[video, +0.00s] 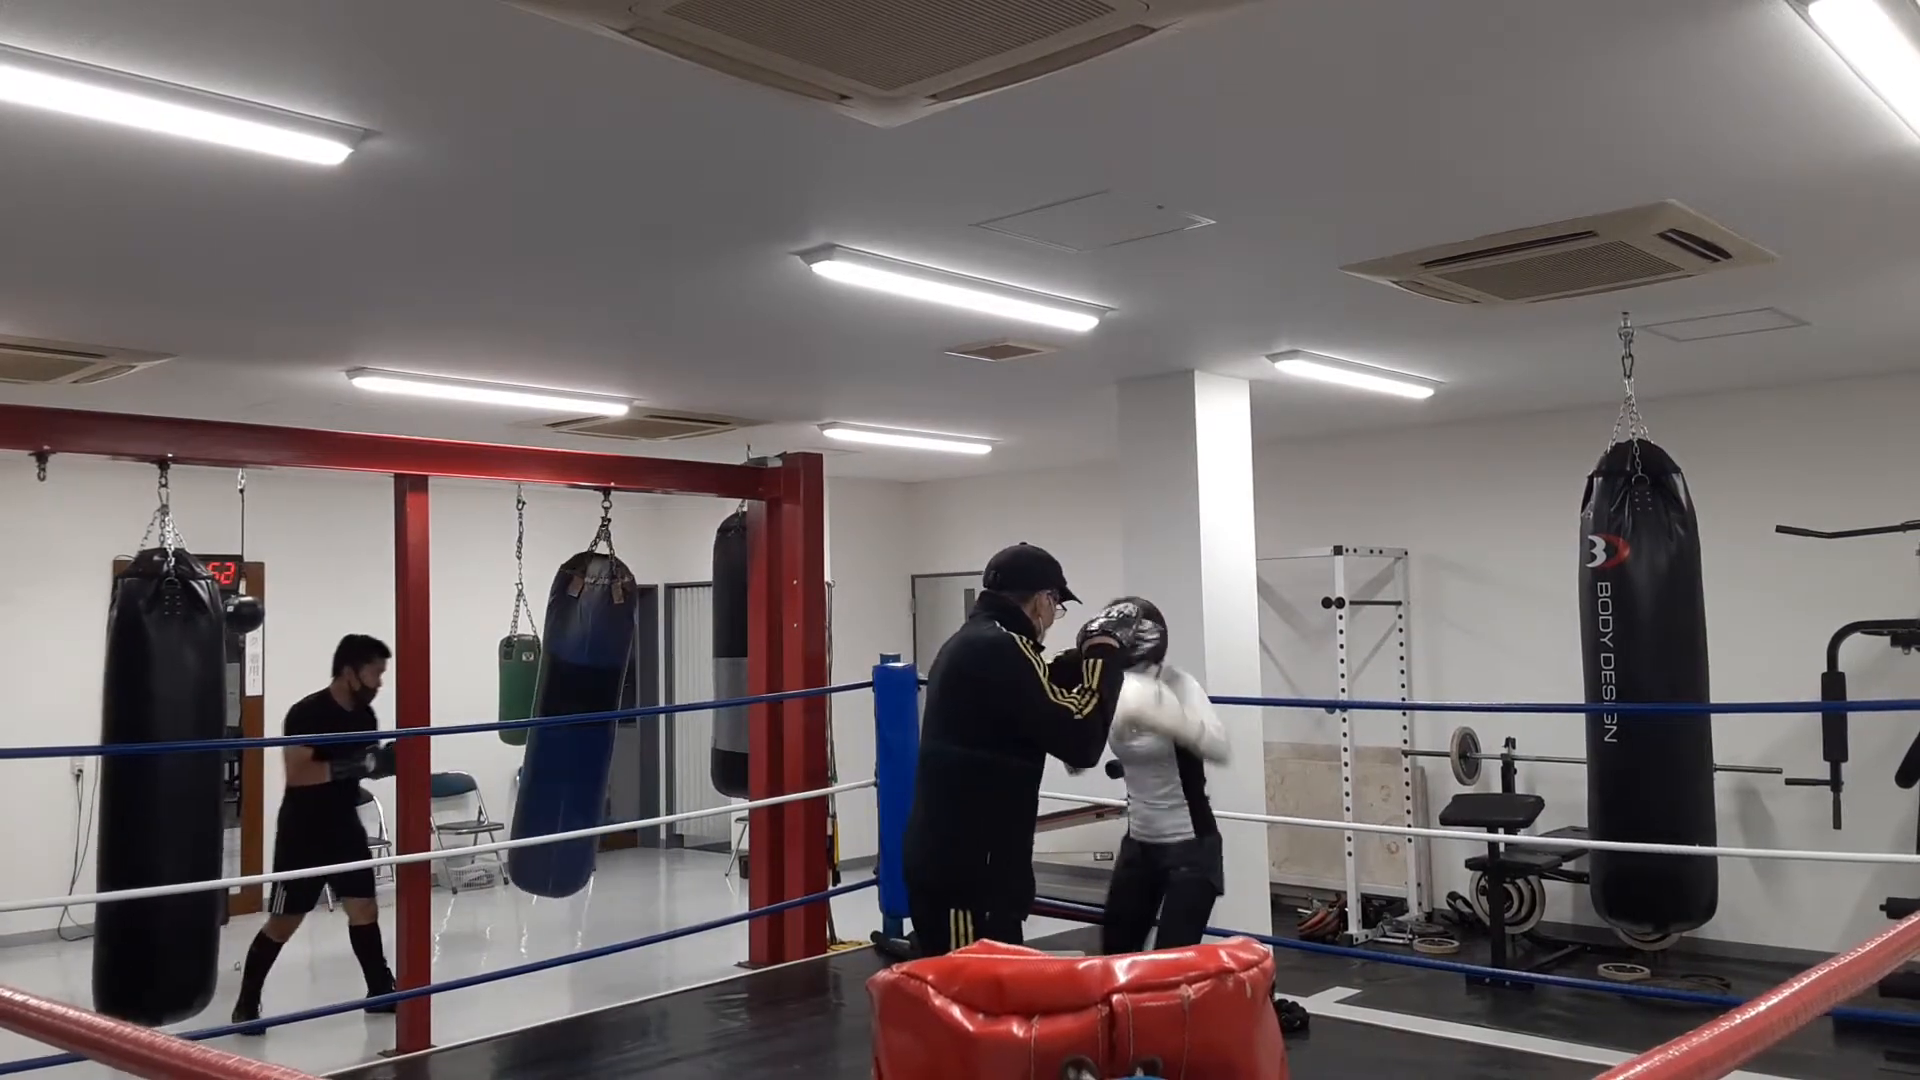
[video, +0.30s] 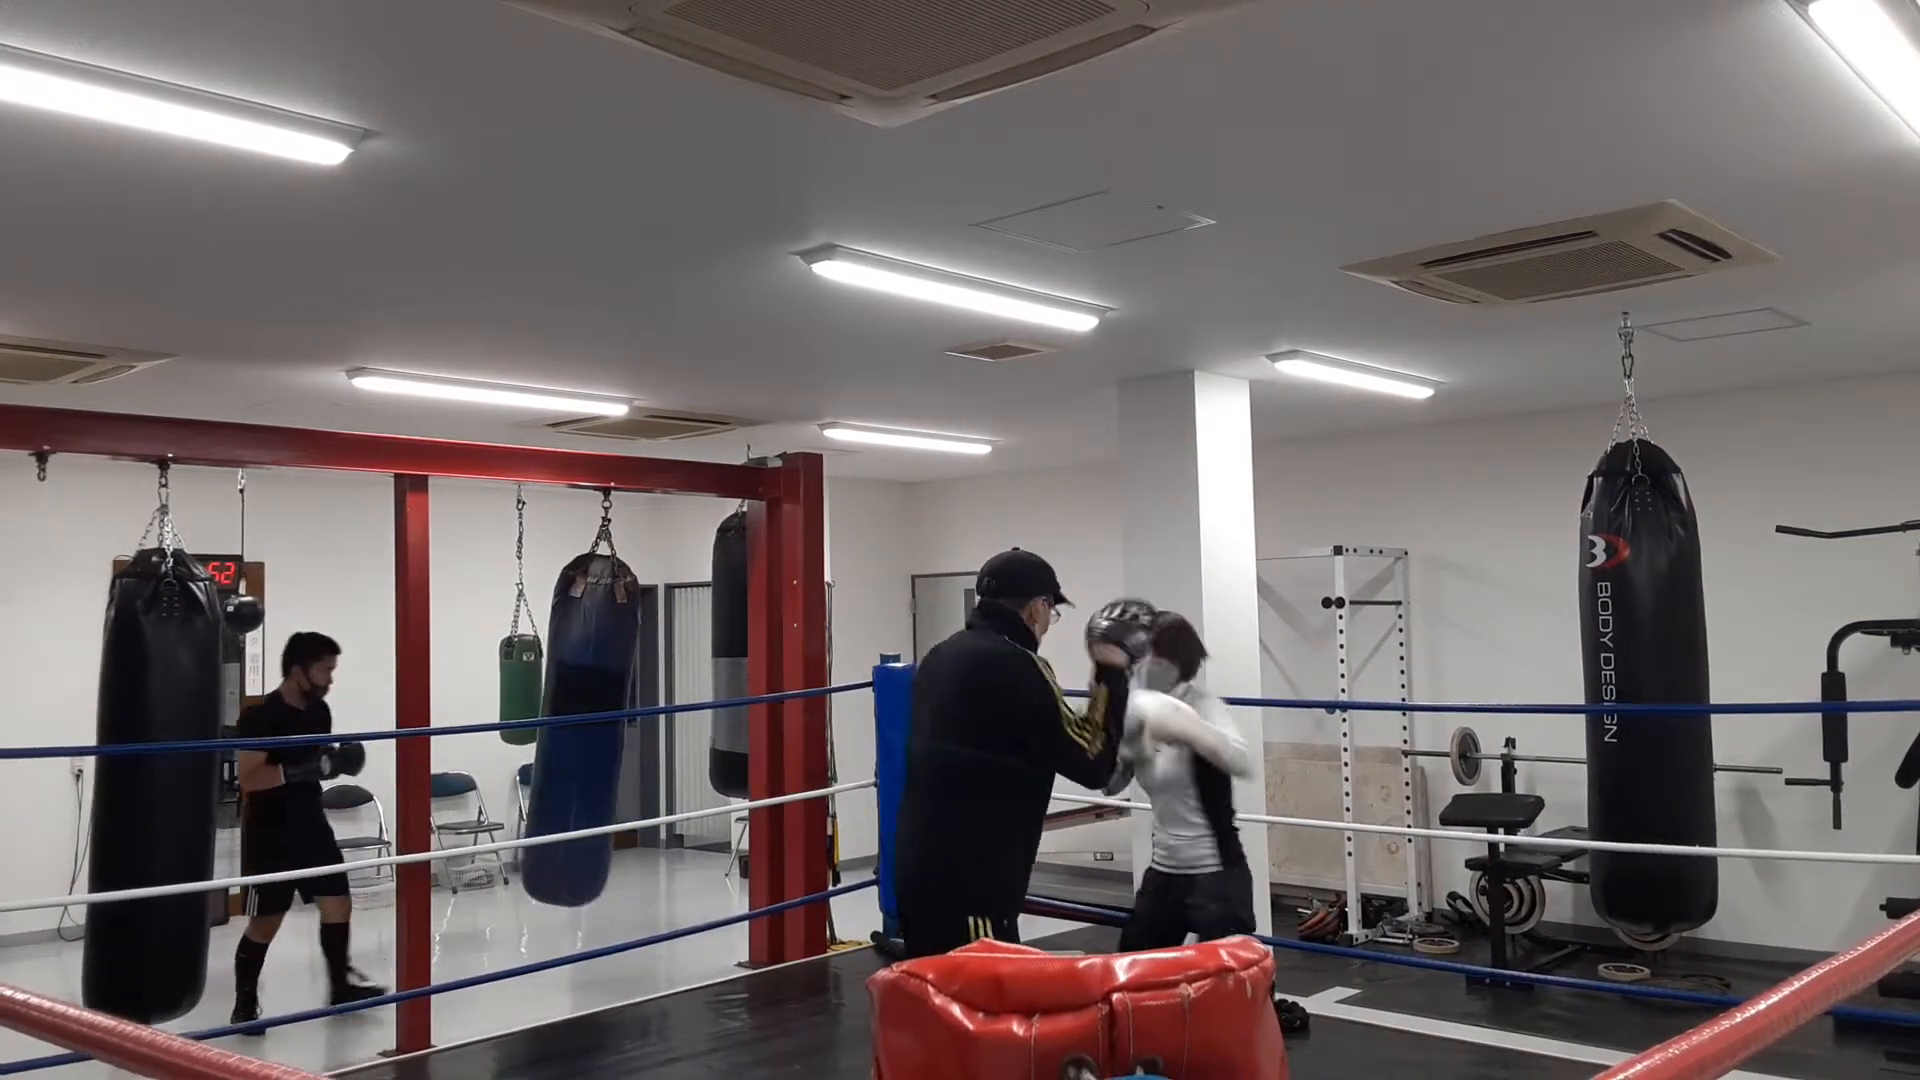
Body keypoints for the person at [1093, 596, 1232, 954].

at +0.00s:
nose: (1118, 642)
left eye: (1126, 631)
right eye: (1112, 634)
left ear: (1147, 638)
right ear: (1107, 641)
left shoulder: (1179, 684)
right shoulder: (1108, 688)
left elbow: (1220, 749)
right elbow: (1077, 762)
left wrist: (1160, 716)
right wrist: (1081, 688)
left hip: (1191, 848)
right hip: (1140, 847)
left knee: (1169, 963)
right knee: (1116, 956)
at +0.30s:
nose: (1143, 666)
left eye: (1154, 657)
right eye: (1142, 656)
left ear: (1177, 663)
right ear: (1140, 658)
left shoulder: (1204, 705)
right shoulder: (1140, 713)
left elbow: (1243, 763)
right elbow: (1111, 785)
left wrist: (1184, 727)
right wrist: (1128, 739)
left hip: (1217, 875)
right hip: (1164, 874)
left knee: (1231, 980)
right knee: (1132, 975)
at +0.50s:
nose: (1190, 649)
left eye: (1202, 639)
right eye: (1181, 638)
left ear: (1227, 644)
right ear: (1170, 643)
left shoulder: (1250, 701)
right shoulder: (1162, 703)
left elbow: (1305, 766)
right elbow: (1120, 737)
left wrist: (1275, 726)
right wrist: (1132, 720)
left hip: (1258, 860)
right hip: (1191, 863)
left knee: (1270, 991)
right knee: (1168, 983)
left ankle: (1289, 1069)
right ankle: (1166, 1072)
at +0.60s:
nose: (1208, 658)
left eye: (1219, 647)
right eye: (1199, 647)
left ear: (1244, 648)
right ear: (1189, 651)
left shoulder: (1272, 701)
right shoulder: (1181, 709)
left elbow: (1314, 781)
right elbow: (1159, 784)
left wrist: (1283, 747)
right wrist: (1174, 749)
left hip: (1268, 867)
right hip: (1200, 869)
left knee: (1278, 999)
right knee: (1171, 992)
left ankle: (1298, 1077)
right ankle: (1167, 1077)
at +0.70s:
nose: (1211, 658)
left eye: (1222, 647)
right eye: (1203, 647)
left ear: (1251, 646)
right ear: (1195, 649)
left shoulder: (1283, 697)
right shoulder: (1183, 709)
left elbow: (1324, 785)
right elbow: (1149, 800)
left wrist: (1286, 743)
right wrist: (1173, 766)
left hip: (1274, 870)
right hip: (1205, 870)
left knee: (1282, 1004)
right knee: (1173, 994)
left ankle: (1299, 1078)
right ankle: (1168, 1078)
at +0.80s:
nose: (1203, 646)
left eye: (1213, 636)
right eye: (1196, 636)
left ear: (1247, 637)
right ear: (1192, 640)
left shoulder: (1281, 689)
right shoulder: (1184, 698)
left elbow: (1312, 770)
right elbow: (1141, 777)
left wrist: (1265, 709)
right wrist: (1145, 728)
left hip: (1277, 866)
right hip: (1209, 864)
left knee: (1277, 999)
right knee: (1178, 983)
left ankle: (1291, 1073)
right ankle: (1174, 1075)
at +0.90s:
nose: (1193, 641)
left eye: (1205, 631)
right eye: (1186, 631)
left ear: (1236, 633)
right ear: (1181, 633)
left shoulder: (1271, 686)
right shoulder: (1180, 693)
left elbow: (1296, 769)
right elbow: (1138, 769)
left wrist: (1245, 703)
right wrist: (1130, 715)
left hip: (1272, 864)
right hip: (1209, 862)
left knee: (1252, 995)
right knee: (1183, 985)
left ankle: (1268, 1068)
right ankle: (1183, 1074)